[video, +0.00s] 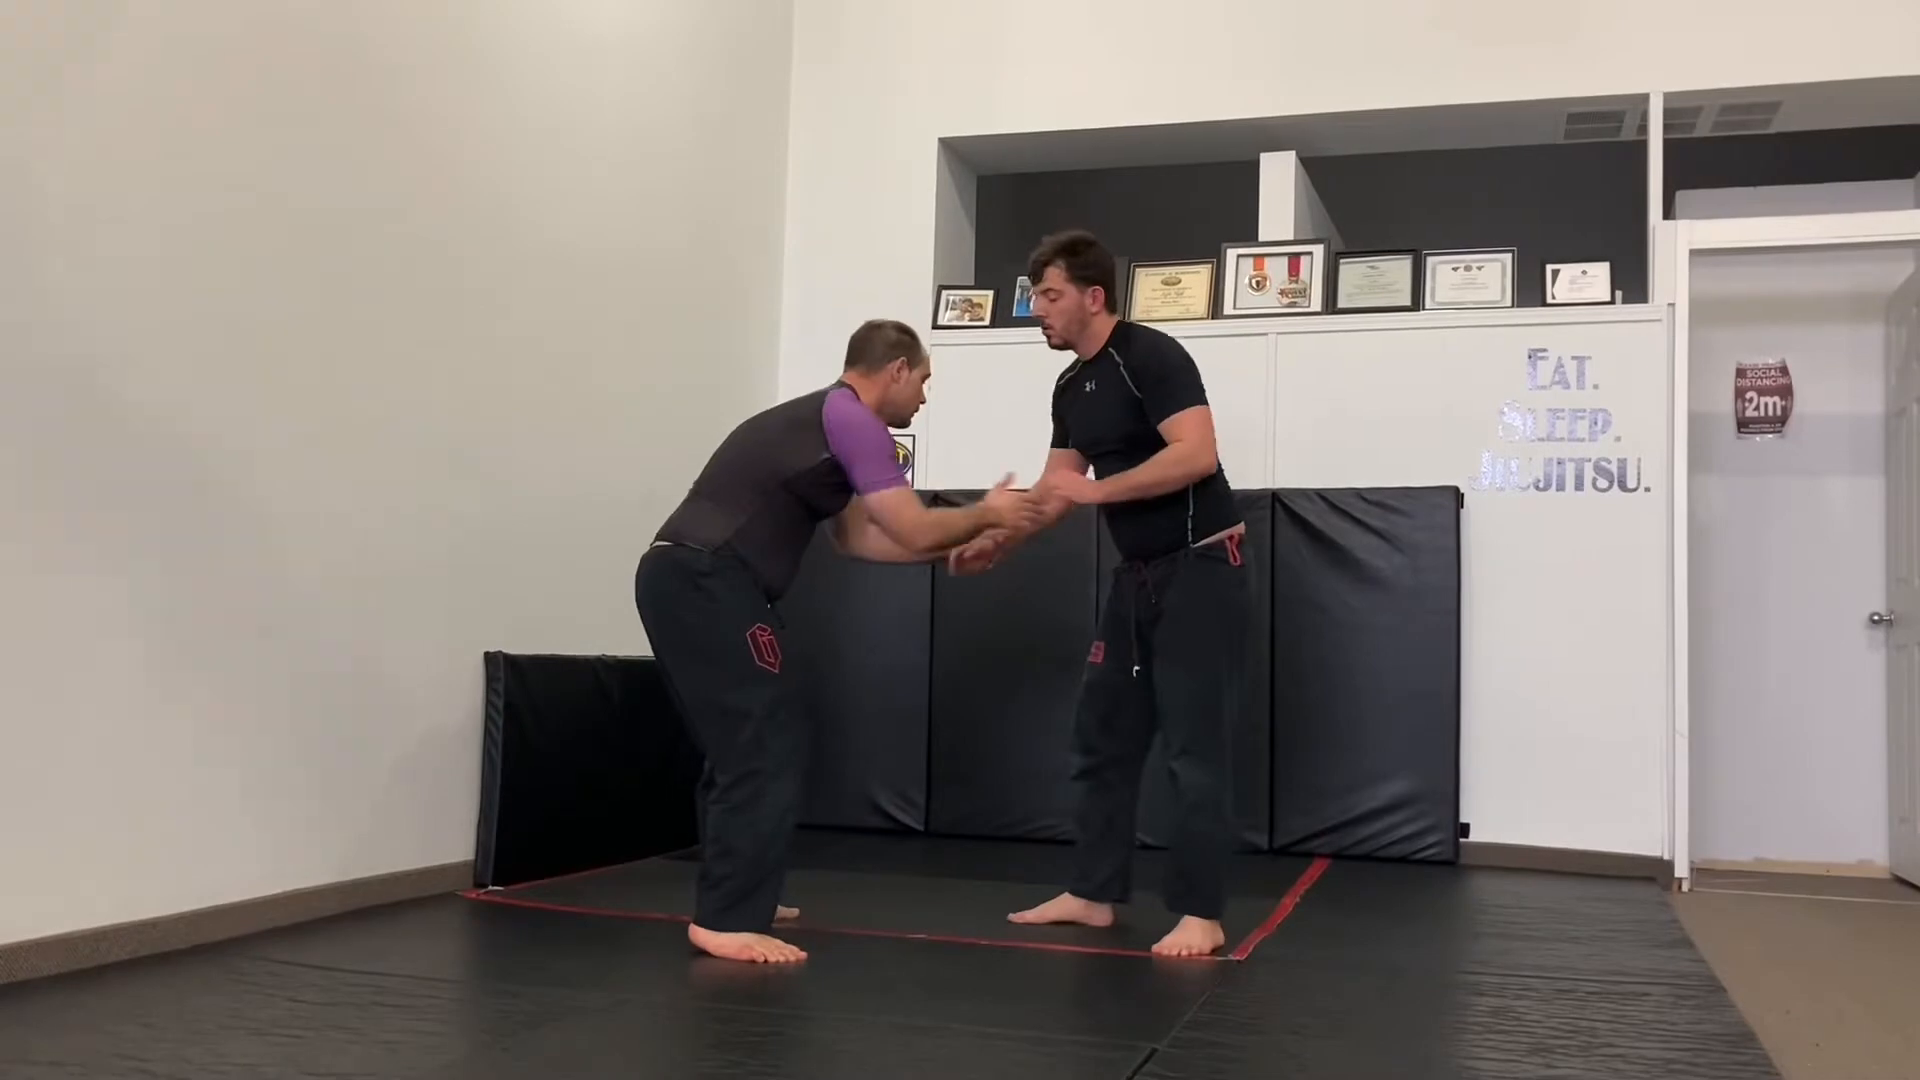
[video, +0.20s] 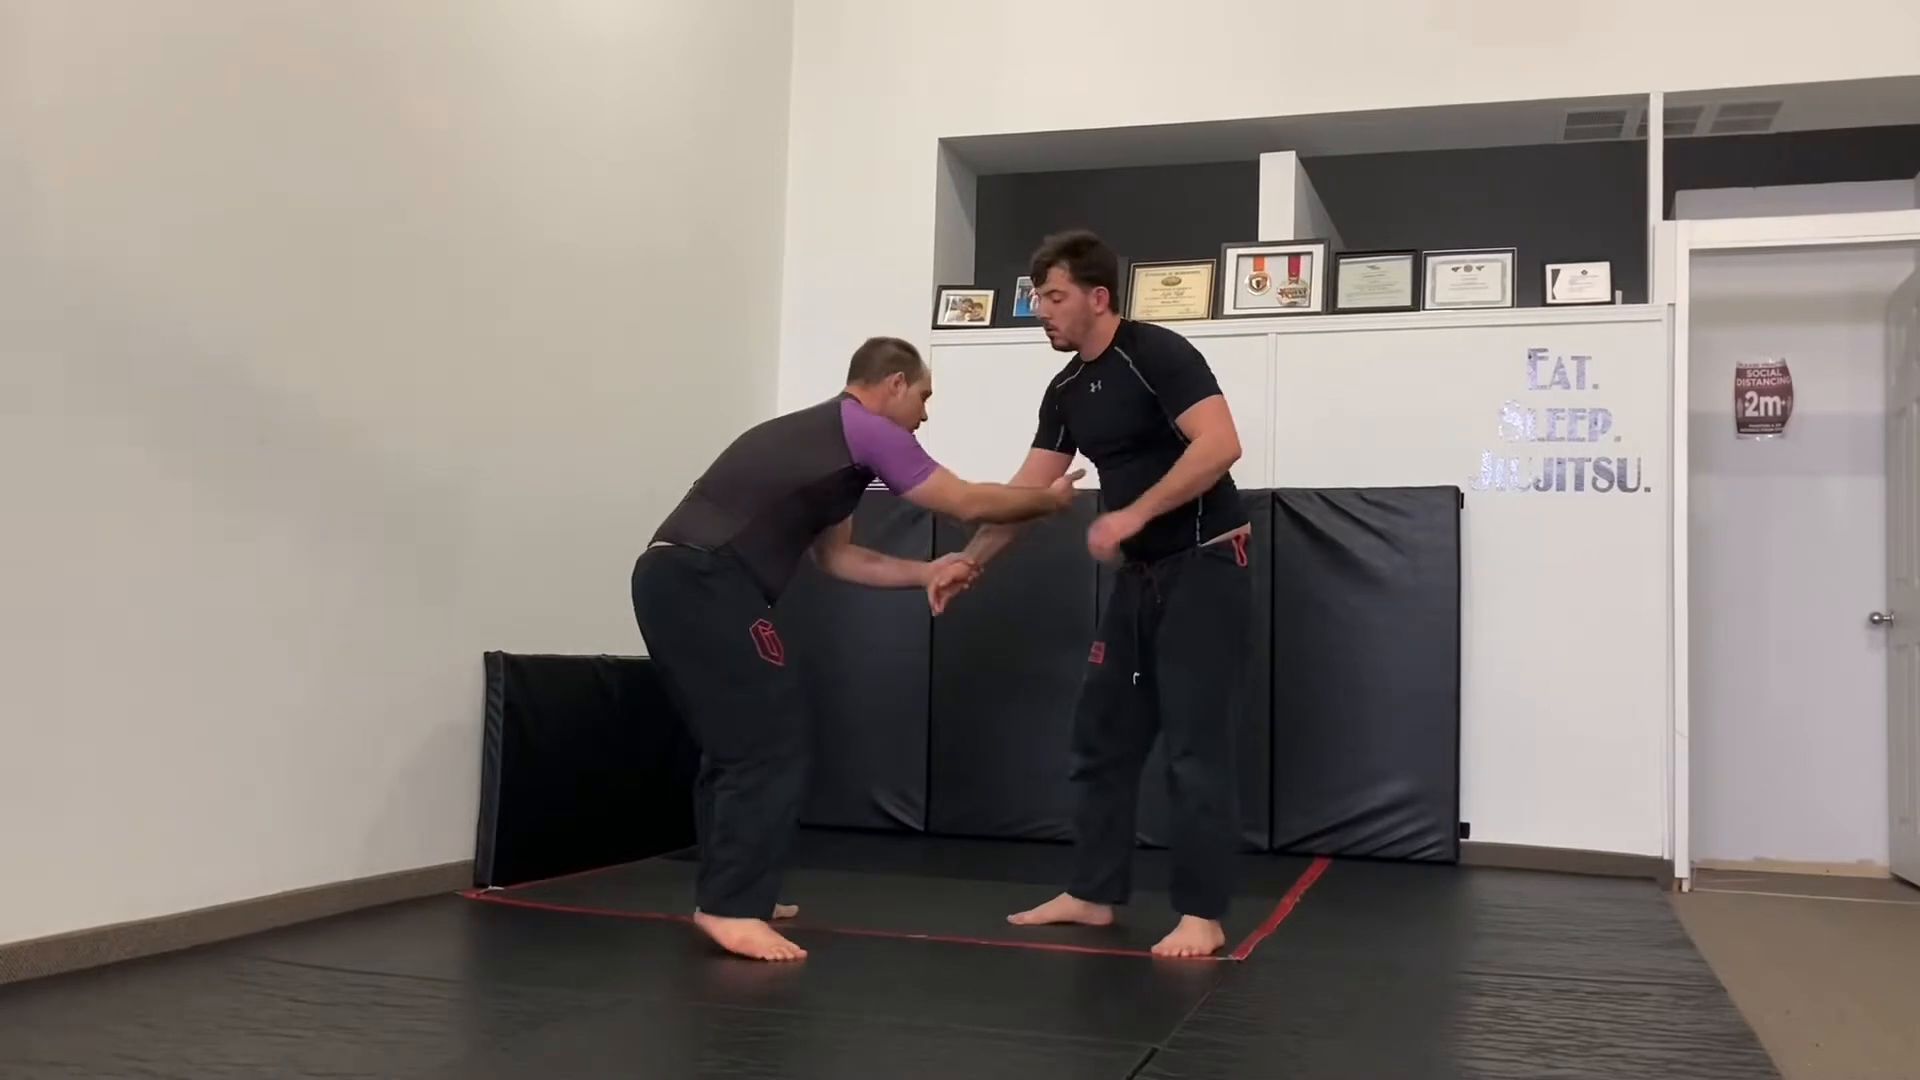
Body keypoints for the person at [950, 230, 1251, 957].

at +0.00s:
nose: (1038, 309)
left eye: (1049, 295)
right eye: (1036, 297)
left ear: (1095, 295)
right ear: (1063, 301)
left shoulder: (1153, 353)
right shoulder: (1071, 386)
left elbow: (1198, 452)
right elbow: (1062, 487)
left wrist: (1096, 491)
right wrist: (1000, 540)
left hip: (1202, 566)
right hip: (1134, 573)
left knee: (1193, 740)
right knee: (1106, 733)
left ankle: (1202, 913)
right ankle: (1094, 893)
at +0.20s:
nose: (1041, 309)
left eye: (1053, 295)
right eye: (1039, 297)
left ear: (1099, 296)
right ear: (1075, 302)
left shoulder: (1158, 351)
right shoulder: (1066, 389)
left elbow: (1219, 445)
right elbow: (1029, 492)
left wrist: (1134, 514)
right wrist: (970, 559)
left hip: (1207, 563)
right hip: (1135, 571)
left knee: (1194, 740)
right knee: (1107, 732)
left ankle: (1203, 914)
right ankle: (1094, 893)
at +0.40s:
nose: (1044, 315)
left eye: (1054, 300)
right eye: (1038, 303)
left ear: (1100, 296)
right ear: (1047, 307)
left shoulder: (1163, 350)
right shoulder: (1065, 391)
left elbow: (1233, 443)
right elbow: (1016, 491)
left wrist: (1199, 544)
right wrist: (961, 560)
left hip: (1208, 566)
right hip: (1140, 574)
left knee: (1199, 741)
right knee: (1105, 732)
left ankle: (1205, 913)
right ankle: (1093, 894)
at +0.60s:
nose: (1046, 314)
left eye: (1057, 298)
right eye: (1040, 302)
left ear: (1102, 295)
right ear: (1048, 309)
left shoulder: (1168, 348)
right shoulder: (1058, 393)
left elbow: (1248, 434)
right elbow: (1003, 487)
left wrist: (1246, 539)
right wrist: (954, 549)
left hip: (1211, 567)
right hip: (1140, 575)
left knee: (1199, 744)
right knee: (1103, 733)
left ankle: (1204, 916)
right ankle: (1093, 893)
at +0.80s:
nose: (1047, 311)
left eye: (1058, 295)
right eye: (1041, 300)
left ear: (1103, 292)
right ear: (1042, 307)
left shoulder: (1173, 345)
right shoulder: (1055, 391)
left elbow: (1258, 426)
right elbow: (1013, 500)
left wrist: (1254, 520)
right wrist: (964, 545)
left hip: (1212, 565)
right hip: (1136, 575)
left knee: (1202, 741)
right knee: (1101, 732)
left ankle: (1207, 914)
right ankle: (1093, 894)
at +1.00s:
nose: (1051, 304)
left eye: (1063, 290)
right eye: (1044, 293)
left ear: (1107, 286)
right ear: (1044, 298)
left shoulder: (1175, 343)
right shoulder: (1061, 389)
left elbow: (1263, 426)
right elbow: (1052, 500)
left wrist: (1261, 507)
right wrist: (1008, 549)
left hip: (1204, 558)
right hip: (1125, 564)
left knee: (1197, 735)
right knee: (1098, 726)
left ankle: (1204, 915)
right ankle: (1094, 893)